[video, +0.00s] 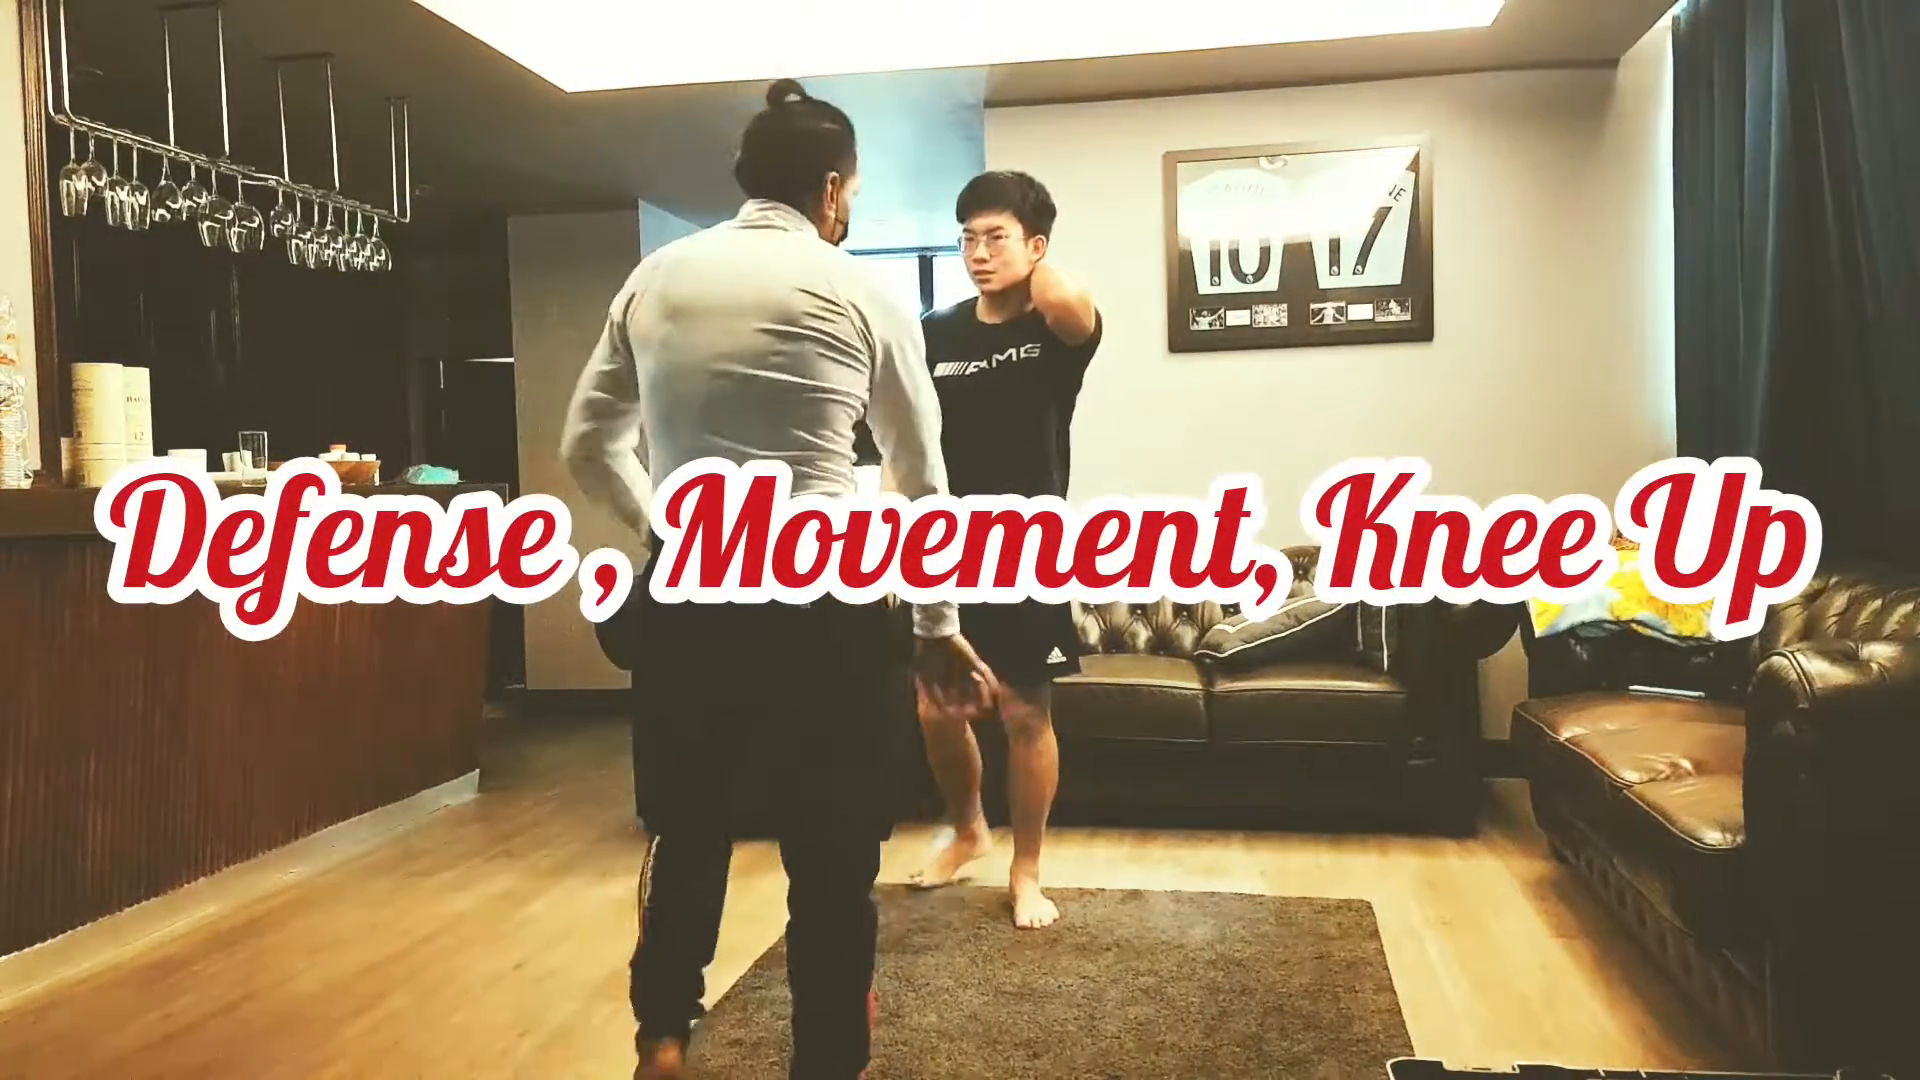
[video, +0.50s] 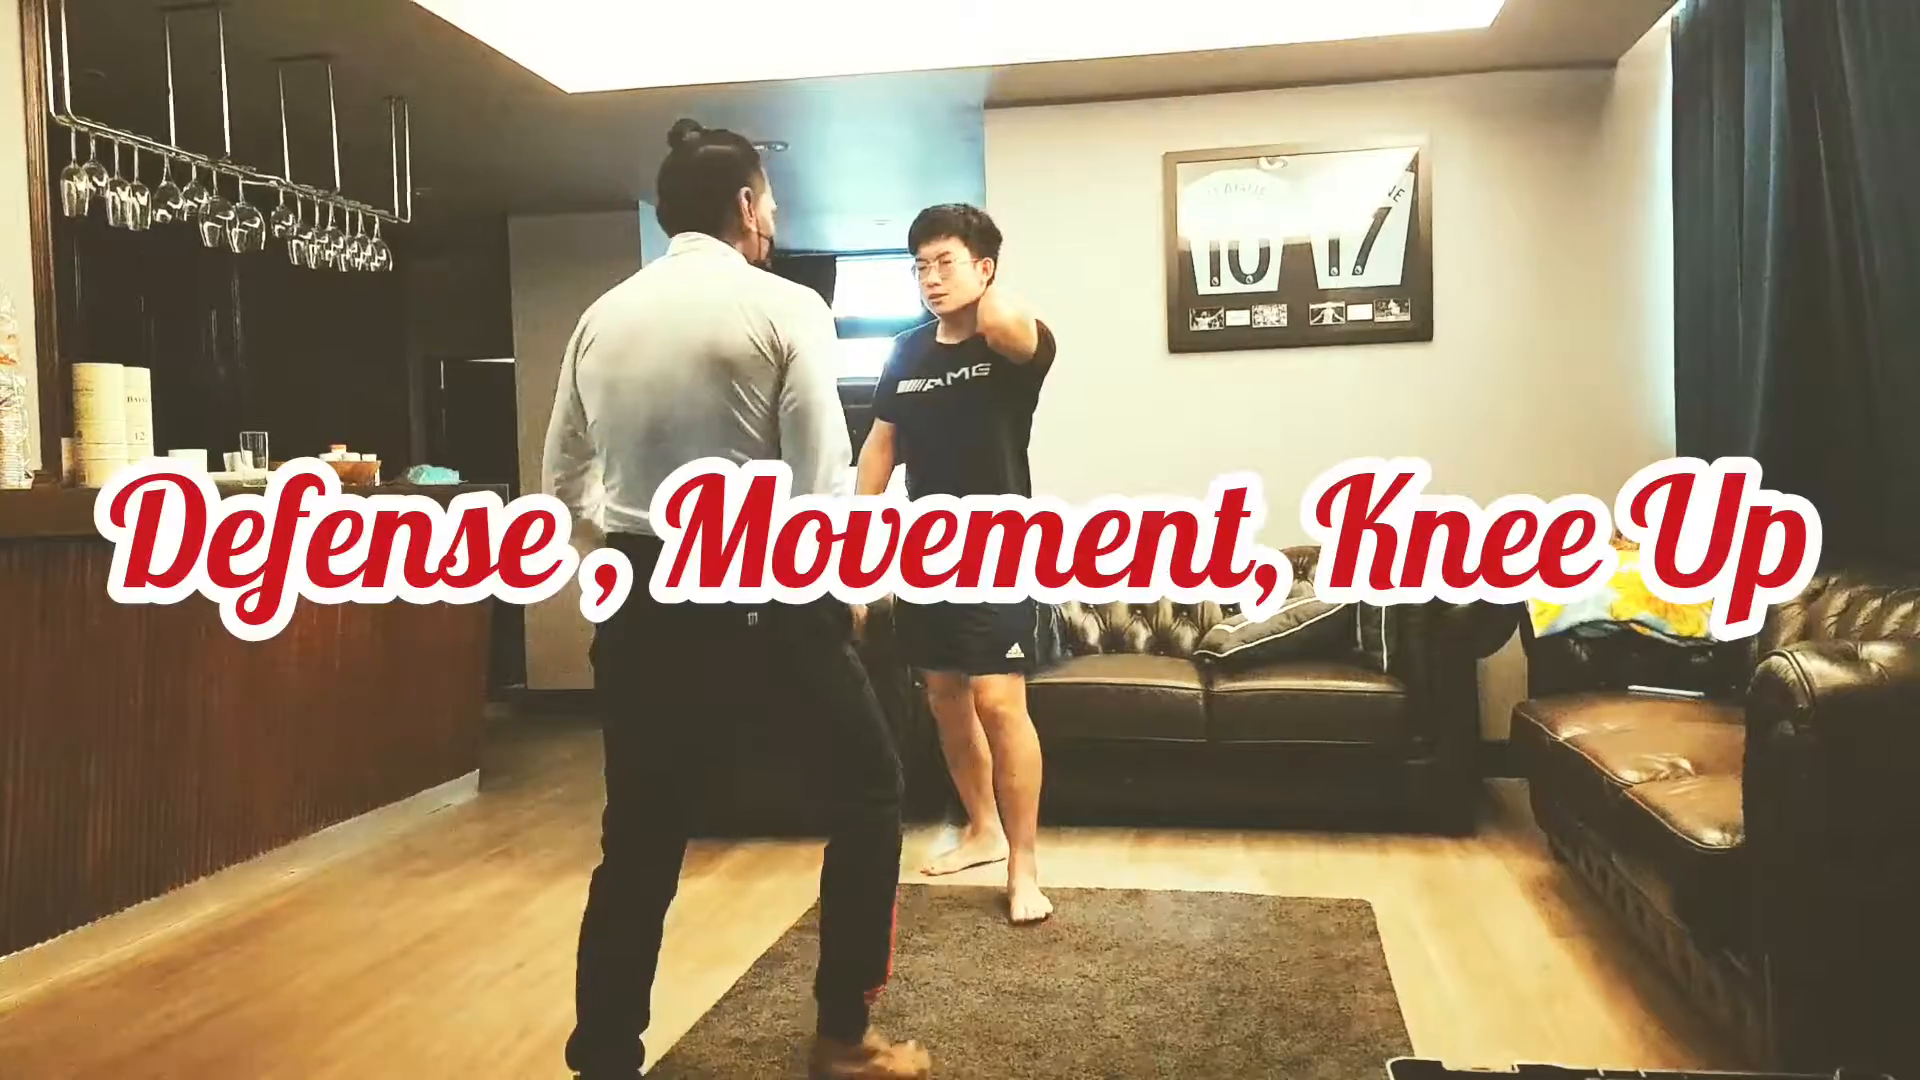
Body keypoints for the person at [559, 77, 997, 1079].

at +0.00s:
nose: (850, 205)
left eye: (851, 188)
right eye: (850, 187)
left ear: (743, 181)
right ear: (830, 191)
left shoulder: (654, 279)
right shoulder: (863, 298)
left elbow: (589, 440)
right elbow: (921, 482)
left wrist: (668, 545)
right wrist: (939, 625)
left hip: (689, 627)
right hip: (829, 629)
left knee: (689, 835)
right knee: (833, 867)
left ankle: (662, 1048)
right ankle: (830, 1061)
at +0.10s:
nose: (853, 200)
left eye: (851, 181)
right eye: (851, 182)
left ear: (752, 180)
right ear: (831, 184)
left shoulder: (657, 280)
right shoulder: (862, 291)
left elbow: (557, 420)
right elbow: (919, 483)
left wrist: (645, 540)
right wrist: (913, 607)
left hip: (683, 622)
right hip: (814, 626)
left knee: (674, 843)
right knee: (826, 872)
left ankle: (624, 1053)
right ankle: (827, 1061)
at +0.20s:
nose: (840, 195)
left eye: (836, 177)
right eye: (835, 178)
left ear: (739, 186)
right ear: (810, 185)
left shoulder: (644, 289)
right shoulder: (845, 289)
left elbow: (552, 419)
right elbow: (895, 478)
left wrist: (621, 540)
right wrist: (879, 598)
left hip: (677, 621)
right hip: (808, 624)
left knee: (658, 843)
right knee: (830, 868)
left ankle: (605, 1060)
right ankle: (825, 1064)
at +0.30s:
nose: (816, 197)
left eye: (811, 178)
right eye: (810, 179)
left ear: (717, 195)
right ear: (784, 186)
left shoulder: (624, 302)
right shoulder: (814, 299)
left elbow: (553, 446)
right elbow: (860, 480)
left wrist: (607, 563)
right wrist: (855, 610)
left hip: (658, 605)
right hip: (788, 608)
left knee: (645, 841)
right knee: (845, 840)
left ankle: (606, 1059)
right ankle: (825, 1060)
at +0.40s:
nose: (792, 217)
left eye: (789, 201)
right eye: (787, 201)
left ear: (691, 213)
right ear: (762, 206)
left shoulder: (609, 316)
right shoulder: (795, 310)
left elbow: (560, 470)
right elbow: (821, 483)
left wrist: (605, 554)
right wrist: (853, 602)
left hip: (640, 624)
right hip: (770, 620)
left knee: (633, 851)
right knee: (873, 801)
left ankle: (600, 1063)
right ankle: (829, 1041)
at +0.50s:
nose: (773, 217)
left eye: (767, 199)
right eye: (767, 200)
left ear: (673, 213)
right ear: (742, 208)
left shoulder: (601, 318)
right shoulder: (784, 307)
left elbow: (565, 476)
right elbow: (823, 478)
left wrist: (618, 557)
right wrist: (850, 587)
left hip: (640, 613)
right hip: (770, 612)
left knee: (638, 839)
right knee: (870, 790)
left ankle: (602, 1061)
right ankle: (847, 1031)